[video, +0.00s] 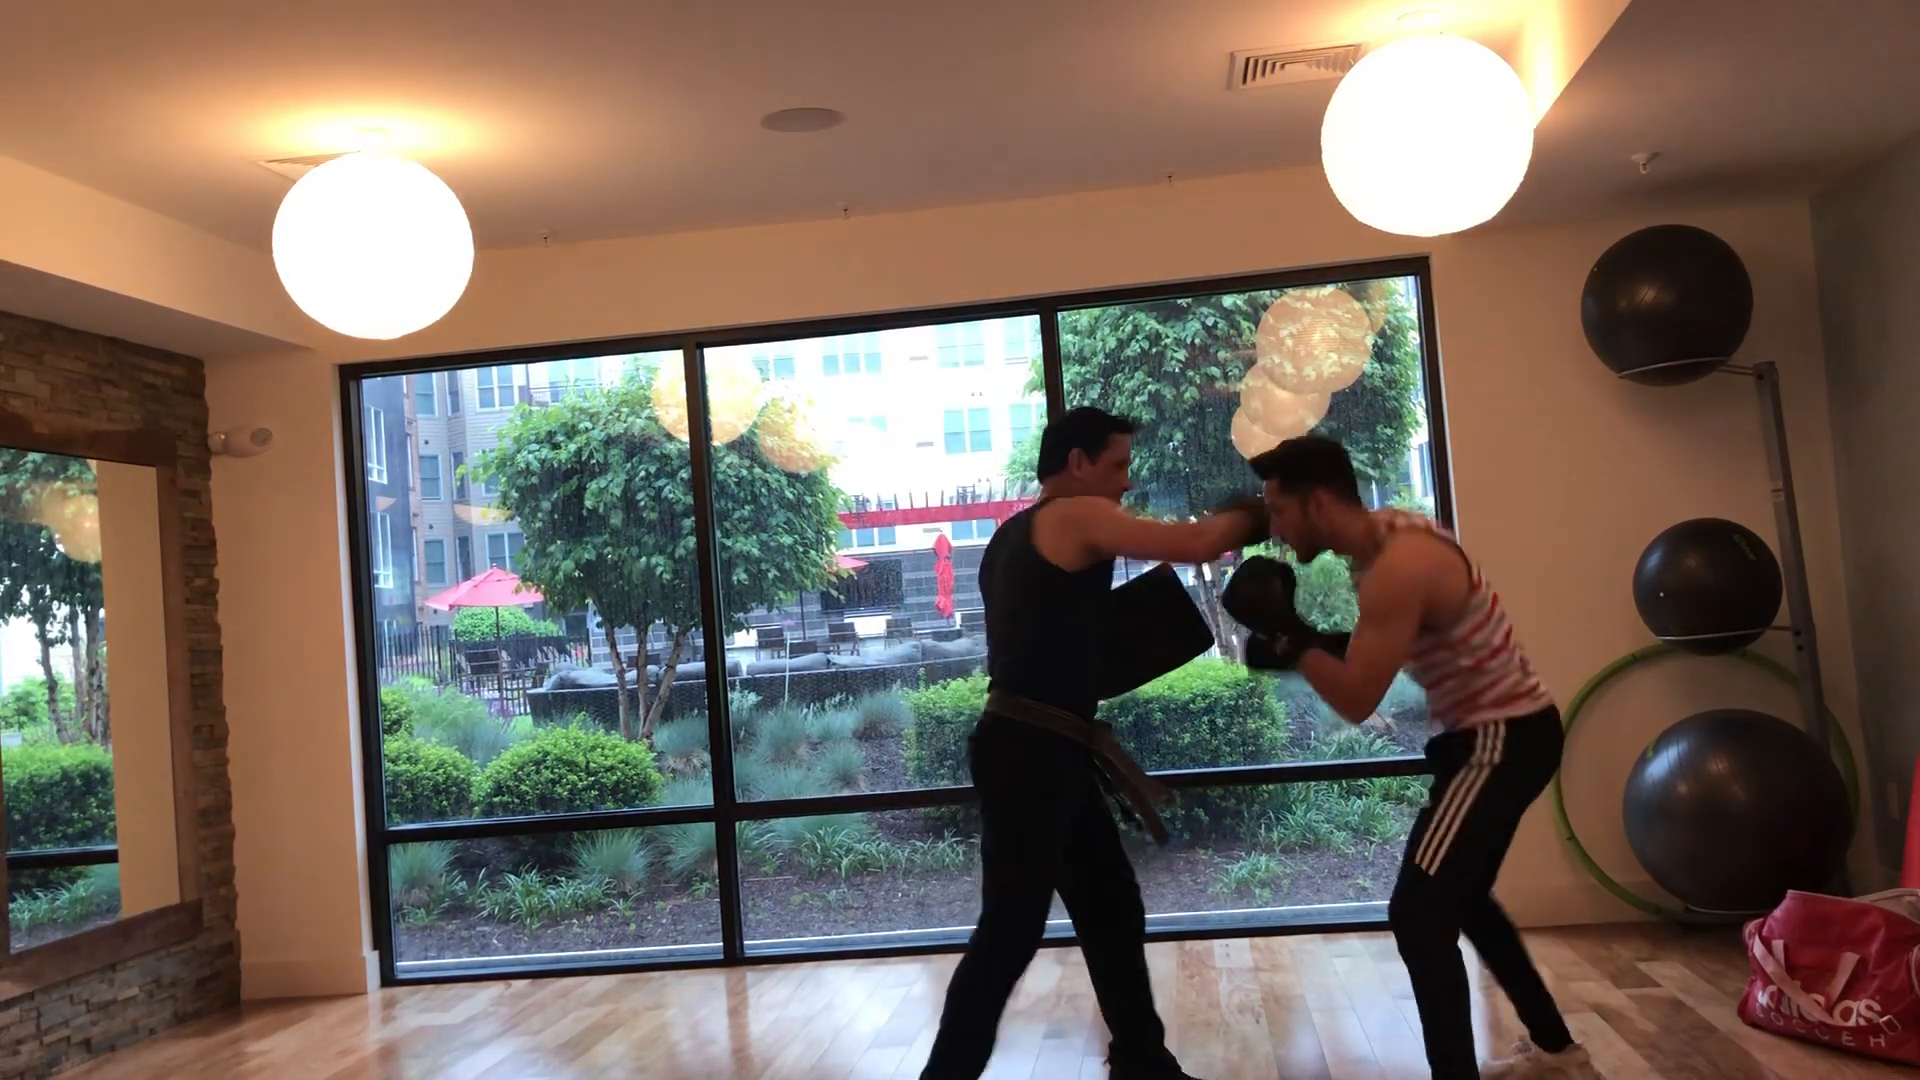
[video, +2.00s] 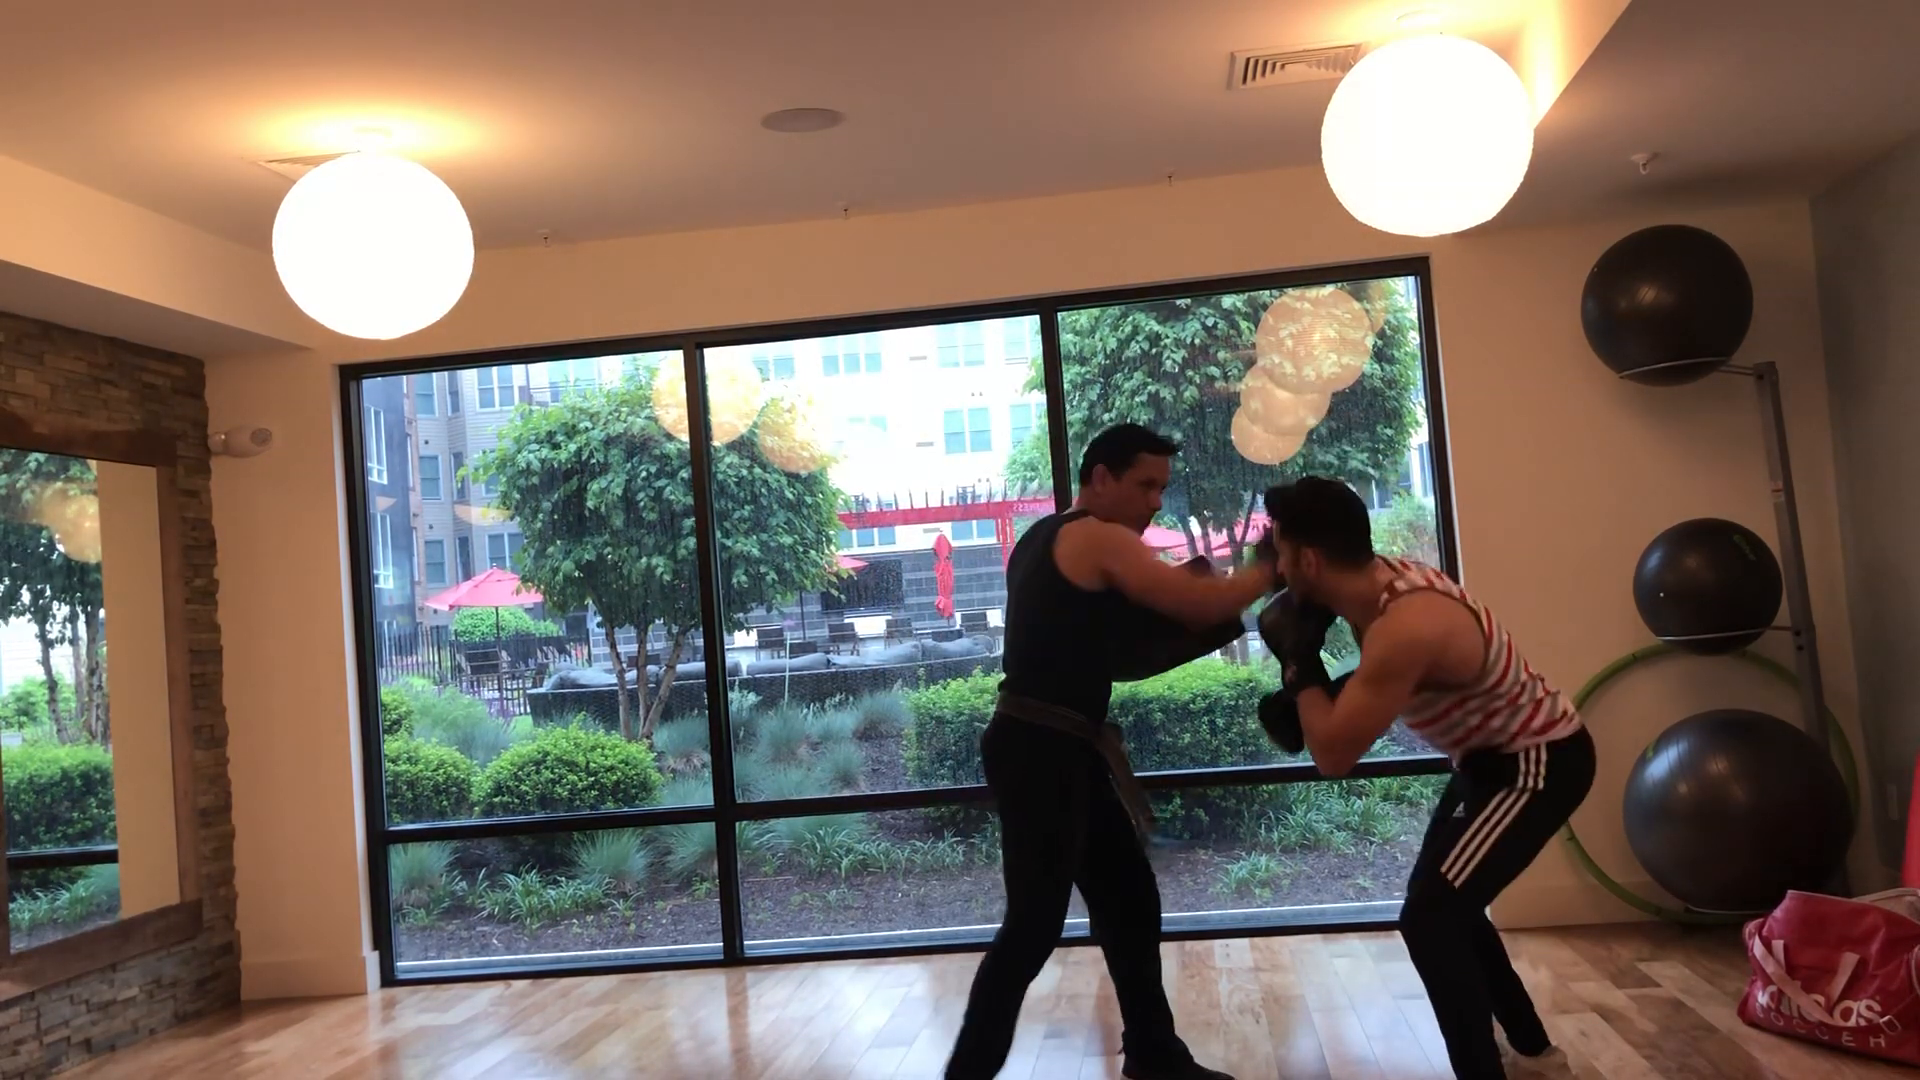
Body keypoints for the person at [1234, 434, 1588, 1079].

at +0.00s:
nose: (1274, 528)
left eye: (1277, 511)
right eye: (1270, 513)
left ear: (1317, 501)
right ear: (1324, 500)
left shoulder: (1400, 565)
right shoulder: (1388, 533)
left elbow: (1354, 700)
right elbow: (1392, 648)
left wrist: (1289, 642)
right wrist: (1312, 641)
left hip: (1501, 735)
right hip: (1492, 727)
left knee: (1417, 912)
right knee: (1466, 895)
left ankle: (1454, 1075)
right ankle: (1552, 1037)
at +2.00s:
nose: (1276, 566)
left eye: (1278, 551)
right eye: (1274, 551)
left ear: (1310, 558)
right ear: (1339, 545)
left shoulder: (1408, 627)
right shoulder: (1380, 587)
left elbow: (1333, 754)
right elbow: (1397, 683)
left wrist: (1299, 660)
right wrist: (1317, 704)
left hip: (1537, 758)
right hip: (1492, 752)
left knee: (1428, 917)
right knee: (1444, 899)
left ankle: (1481, 1071)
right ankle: (1530, 1042)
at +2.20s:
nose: (1279, 521)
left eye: (1285, 503)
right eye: (1280, 505)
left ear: (1321, 504)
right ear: (1336, 501)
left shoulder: (1402, 569)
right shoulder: (1384, 558)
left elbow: (1350, 708)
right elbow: (1396, 661)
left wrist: (1285, 644)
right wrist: (1303, 687)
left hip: (1519, 744)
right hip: (1488, 742)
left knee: (1432, 915)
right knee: (1454, 899)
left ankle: (1481, 1071)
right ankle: (1527, 1040)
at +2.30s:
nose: (1288, 501)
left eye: (1292, 481)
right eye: (1283, 485)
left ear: (1339, 463)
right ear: (1343, 468)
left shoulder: (1387, 524)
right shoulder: (1402, 510)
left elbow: (1387, 639)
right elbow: (1398, 633)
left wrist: (1296, 628)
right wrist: (1305, 626)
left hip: (1496, 721)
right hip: (1496, 715)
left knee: (1437, 909)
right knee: (1463, 887)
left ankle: (1483, 1069)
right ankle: (1527, 1040)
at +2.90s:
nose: (1302, 484)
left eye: (1306, 465)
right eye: (1297, 470)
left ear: (1348, 452)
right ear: (1352, 456)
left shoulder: (1397, 495)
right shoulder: (1413, 497)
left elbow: (1379, 619)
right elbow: (1384, 632)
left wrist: (1306, 567)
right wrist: (1312, 576)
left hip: (1495, 688)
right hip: (1520, 683)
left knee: (1445, 878)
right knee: (1485, 870)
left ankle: (1474, 1068)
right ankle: (1530, 1037)